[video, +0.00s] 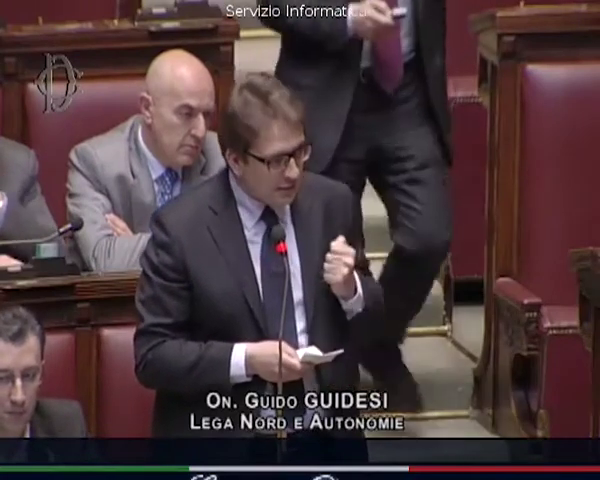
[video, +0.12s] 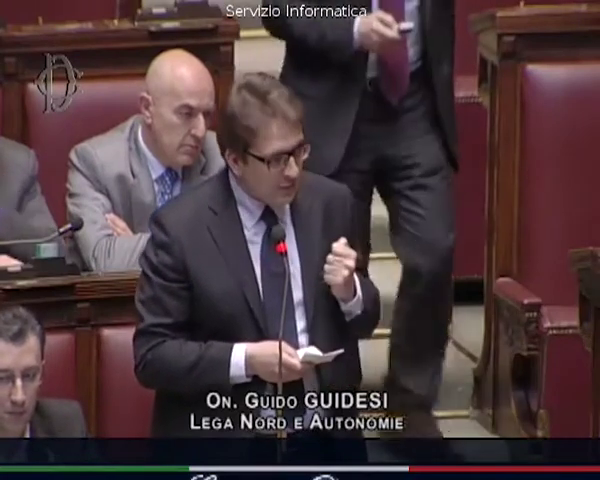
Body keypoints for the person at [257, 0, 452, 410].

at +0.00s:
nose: (287, 170)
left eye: (291, 158)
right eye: (272, 160)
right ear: (239, 157)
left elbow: (433, 34)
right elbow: (273, 10)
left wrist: (438, 119)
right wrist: (345, 19)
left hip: (410, 93)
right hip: (328, 93)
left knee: (428, 240)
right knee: (335, 256)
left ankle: (380, 343)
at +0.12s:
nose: (287, 171)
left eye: (290, 160)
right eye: (272, 160)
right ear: (238, 159)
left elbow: (442, 34)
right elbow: (277, 13)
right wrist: (351, 30)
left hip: (418, 104)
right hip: (333, 104)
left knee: (433, 257)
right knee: (338, 267)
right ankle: (336, 402)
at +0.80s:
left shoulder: (492, 6)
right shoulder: (366, 6)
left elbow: (501, 93)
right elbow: (337, 98)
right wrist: (411, 126)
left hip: (470, 195)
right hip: (388, 198)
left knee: (466, 357)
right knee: (395, 365)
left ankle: (429, 464)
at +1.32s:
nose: (471, 31)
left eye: (480, 18)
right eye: (461, 18)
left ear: (491, 9)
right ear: (429, 2)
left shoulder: (492, 40)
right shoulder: (369, 44)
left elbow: (499, 151)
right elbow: (335, 154)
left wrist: (507, 269)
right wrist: (410, 182)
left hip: (474, 255)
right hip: (395, 260)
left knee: (490, 405)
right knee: (399, 420)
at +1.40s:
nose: (475, 35)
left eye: (486, 21)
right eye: (464, 21)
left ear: (497, 12)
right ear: (429, 4)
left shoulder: (497, 49)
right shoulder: (373, 53)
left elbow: (504, 161)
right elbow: (341, 160)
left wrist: (509, 275)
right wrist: (415, 186)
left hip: (477, 265)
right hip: (398, 268)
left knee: (489, 419)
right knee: (402, 428)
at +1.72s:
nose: (513, 76)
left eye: (521, 60)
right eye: (499, 63)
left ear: (529, 49)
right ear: (461, 49)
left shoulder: (526, 101)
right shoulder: (413, 104)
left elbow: (532, 218)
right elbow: (406, 207)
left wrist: (536, 321)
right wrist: (471, 148)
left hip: (514, 319)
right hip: (440, 323)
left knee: (509, 475)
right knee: (439, 477)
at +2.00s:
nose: (540, 86)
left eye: (548, 70)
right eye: (525, 73)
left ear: (556, 57)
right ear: (488, 60)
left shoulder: (554, 114)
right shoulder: (442, 119)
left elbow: (557, 226)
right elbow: (453, 216)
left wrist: (566, 321)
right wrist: (509, 137)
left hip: (540, 339)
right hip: (466, 344)